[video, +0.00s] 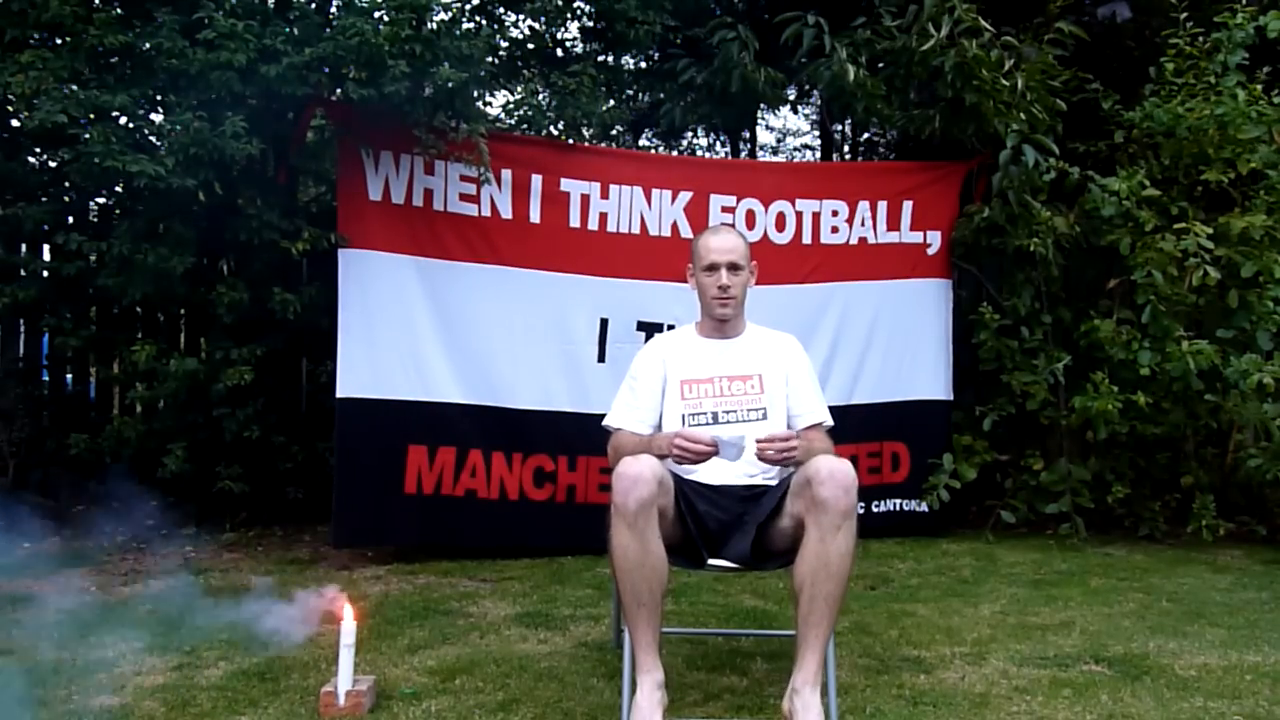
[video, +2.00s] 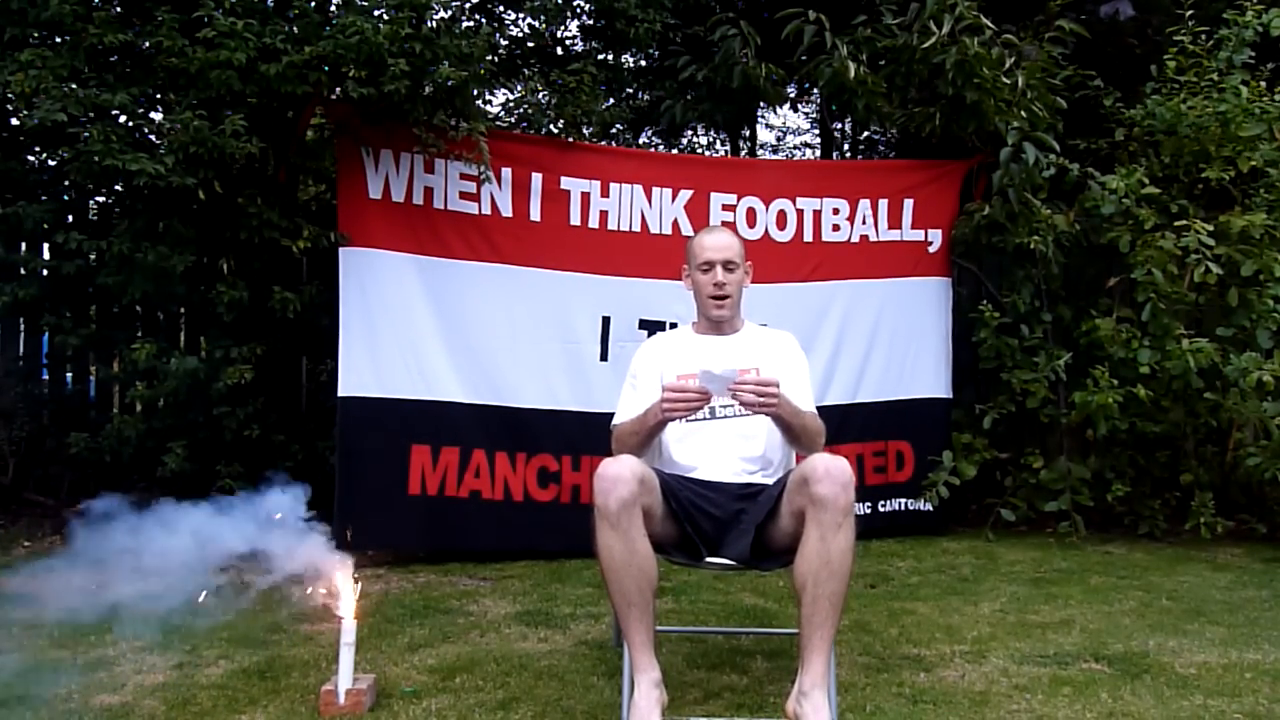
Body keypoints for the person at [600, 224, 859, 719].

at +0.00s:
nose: (723, 281)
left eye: (734, 269)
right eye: (711, 270)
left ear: (751, 276)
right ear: (692, 278)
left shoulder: (784, 350)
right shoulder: (660, 352)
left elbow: (821, 440)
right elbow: (619, 446)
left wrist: (800, 448)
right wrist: (661, 443)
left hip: (770, 506)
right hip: (684, 505)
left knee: (836, 478)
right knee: (632, 476)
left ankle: (806, 687)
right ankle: (648, 680)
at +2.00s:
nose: (719, 279)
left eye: (730, 267)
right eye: (706, 268)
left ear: (746, 275)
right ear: (688, 278)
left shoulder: (782, 346)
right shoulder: (657, 349)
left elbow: (813, 442)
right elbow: (620, 446)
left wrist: (780, 407)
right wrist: (659, 413)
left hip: (767, 504)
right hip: (677, 502)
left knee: (833, 475)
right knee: (612, 477)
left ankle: (812, 688)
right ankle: (646, 680)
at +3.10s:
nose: (720, 282)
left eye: (732, 270)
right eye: (708, 270)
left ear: (749, 277)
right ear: (689, 278)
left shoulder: (781, 347)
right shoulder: (658, 350)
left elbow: (812, 435)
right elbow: (614, 443)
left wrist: (826, 446)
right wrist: (629, 445)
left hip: (768, 502)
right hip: (679, 501)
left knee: (838, 476)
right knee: (615, 487)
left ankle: (812, 689)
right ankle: (644, 684)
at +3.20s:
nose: (720, 282)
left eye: (731, 270)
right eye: (708, 271)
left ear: (748, 277)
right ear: (689, 278)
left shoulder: (781, 347)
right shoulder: (659, 350)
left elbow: (813, 436)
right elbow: (614, 442)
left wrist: (825, 446)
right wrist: (627, 445)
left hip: (768, 503)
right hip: (679, 502)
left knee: (838, 477)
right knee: (615, 487)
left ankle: (811, 689)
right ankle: (644, 683)